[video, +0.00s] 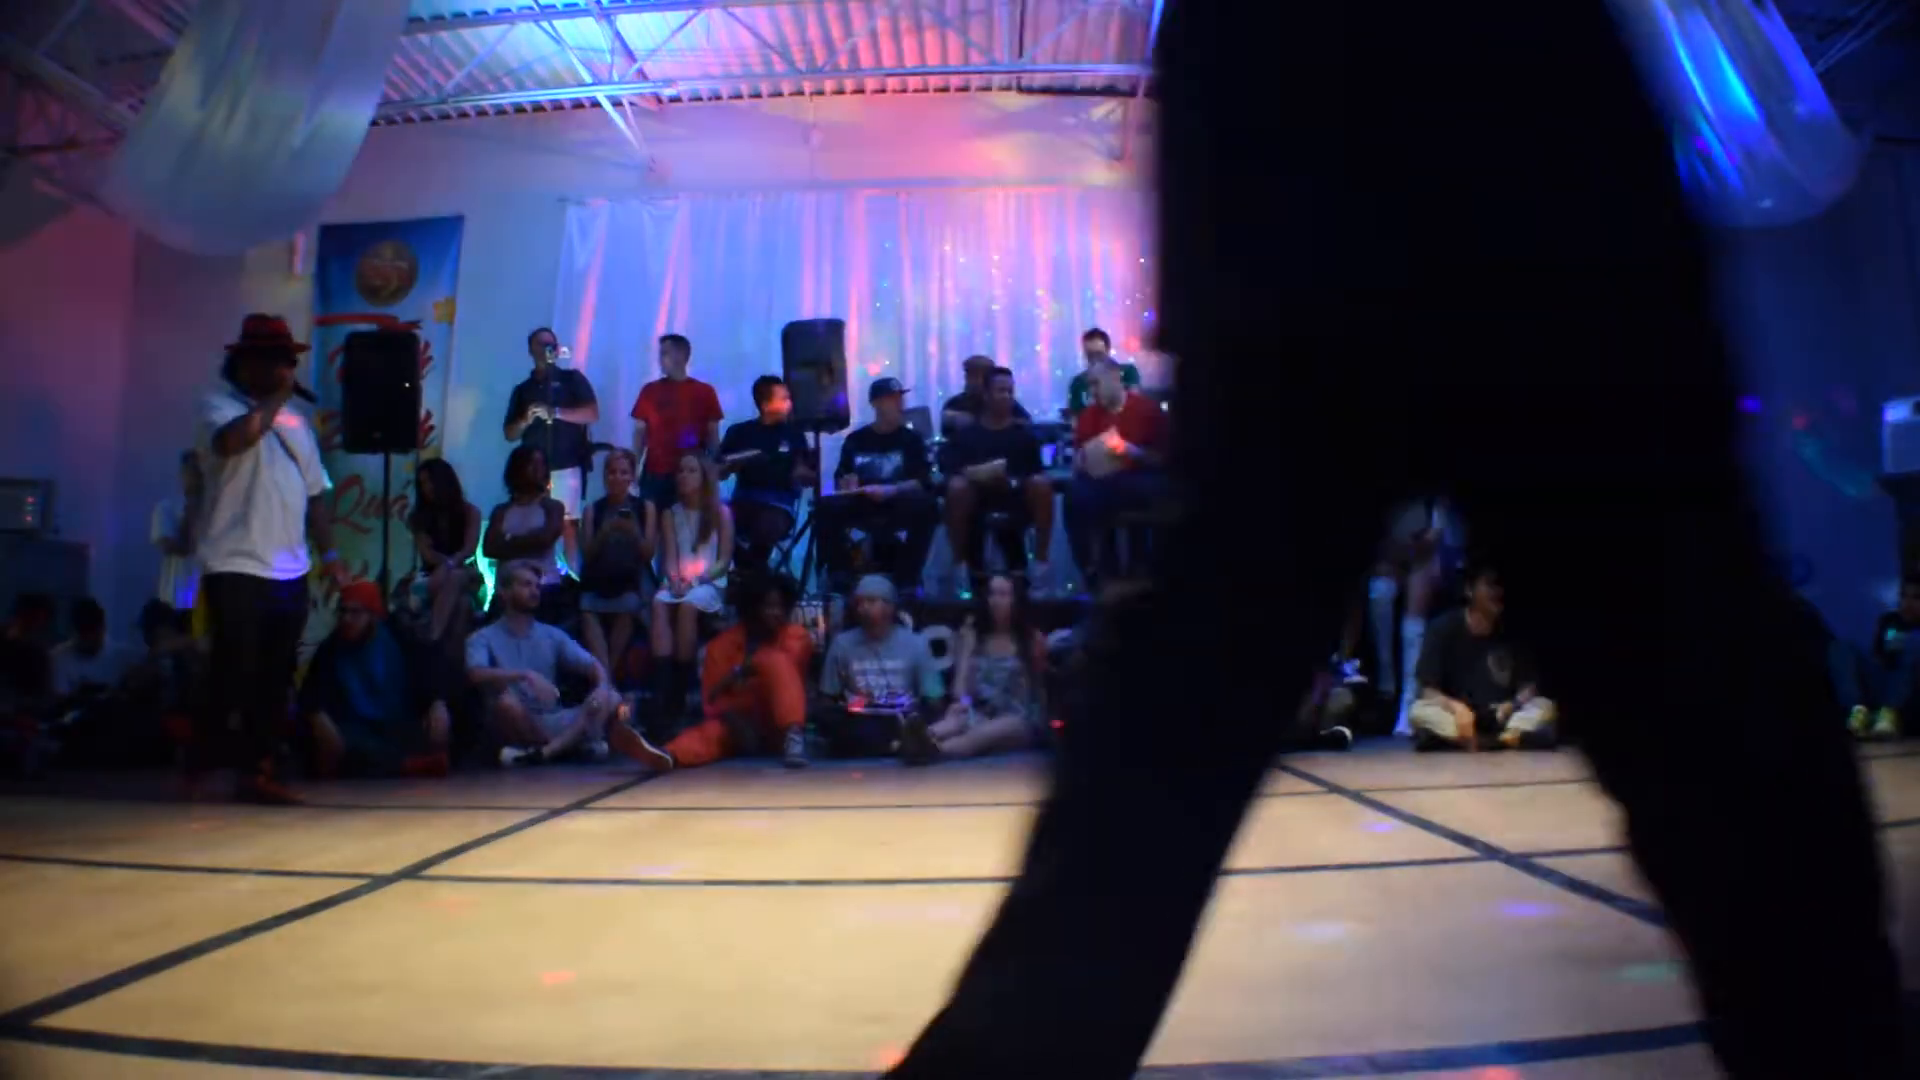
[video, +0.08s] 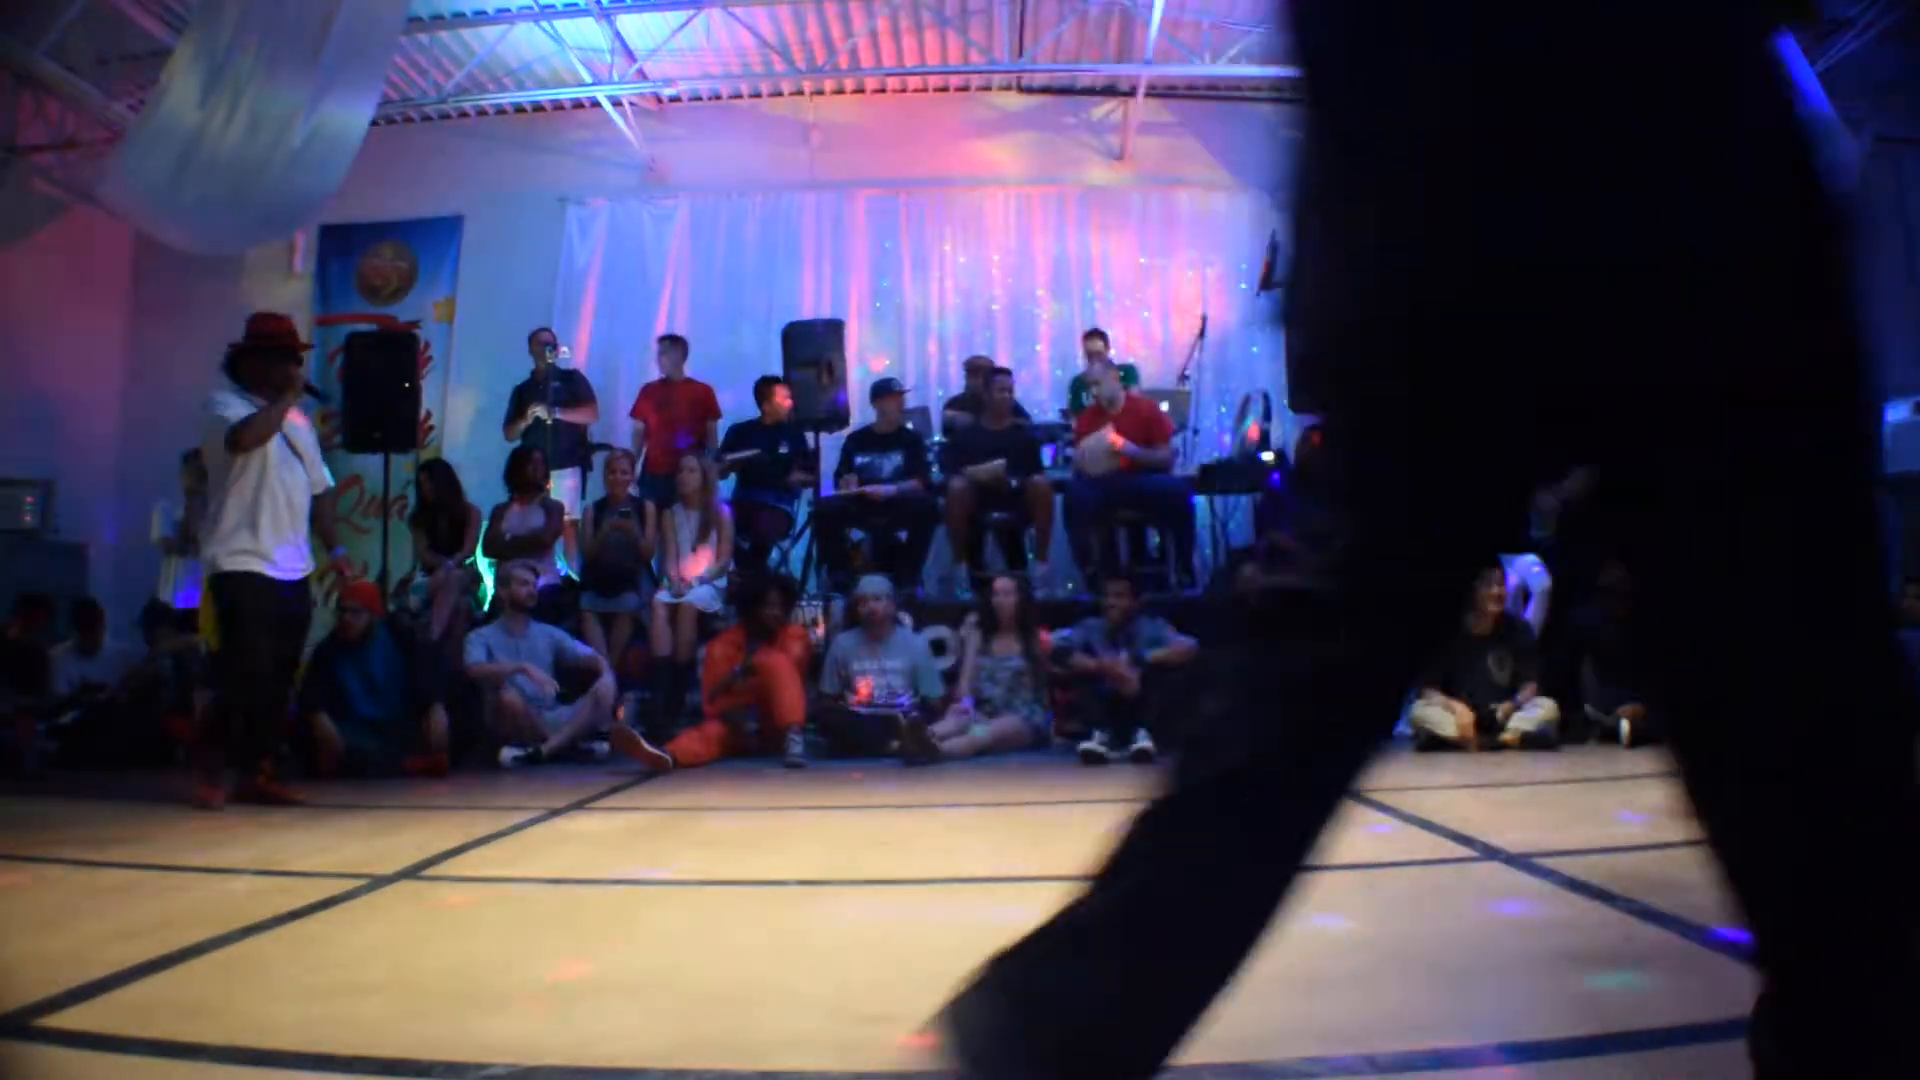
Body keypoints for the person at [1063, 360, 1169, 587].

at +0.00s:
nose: (1093, 391)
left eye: (1098, 383)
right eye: (1090, 385)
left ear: (1118, 380)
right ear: (1088, 387)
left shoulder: (1146, 410)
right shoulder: (1088, 417)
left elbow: (1160, 458)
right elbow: (1079, 461)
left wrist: (1126, 449)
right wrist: (1093, 453)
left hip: (1140, 481)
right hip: (1099, 481)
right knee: (1076, 500)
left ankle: (1141, 571)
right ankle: (1092, 574)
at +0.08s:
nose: (1093, 392)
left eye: (1097, 384)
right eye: (1089, 386)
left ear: (1116, 379)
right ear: (1088, 389)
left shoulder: (1146, 409)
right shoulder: (1087, 418)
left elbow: (1165, 457)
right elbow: (1079, 460)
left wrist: (1126, 448)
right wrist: (1090, 457)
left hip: (1142, 478)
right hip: (1102, 480)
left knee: (1177, 496)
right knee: (1076, 498)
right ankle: (1091, 573)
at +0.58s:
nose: (1087, 395)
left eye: (1092, 388)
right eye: (1083, 389)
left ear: (1110, 383)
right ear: (1081, 390)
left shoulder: (1143, 411)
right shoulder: (1083, 423)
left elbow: (1159, 458)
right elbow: (1078, 465)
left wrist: (1120, 456)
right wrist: (1101, 459)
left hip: (1140, 481)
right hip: (1100, 482)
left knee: (1171, 494)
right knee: (1075, 495)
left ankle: (1179, 567)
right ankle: (1089, 569)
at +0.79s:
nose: (1088, 396)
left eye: (1093, 389)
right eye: (1085, 390)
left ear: (1111, 385)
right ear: (1083, 391)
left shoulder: (1141, 411)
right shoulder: (1083, 423)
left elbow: (1160, 459)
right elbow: (1077, 464)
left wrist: (1123, 457)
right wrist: (1094, 462)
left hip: (1140, 483)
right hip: (1100, 485)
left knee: (1170, 495)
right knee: (1074, 497)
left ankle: (1178, 567)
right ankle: (1089, 571)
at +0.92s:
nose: (1088, 397)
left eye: (1092, 389)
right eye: (1084, 391)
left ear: (1110, 383)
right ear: (1080, 392)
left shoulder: (1143, 409)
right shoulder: (1083, 423)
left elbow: (1161, 460)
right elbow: (1079, 463)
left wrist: (1122, 457)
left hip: (1141, 480)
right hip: (1102, 483)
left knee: (1171, 495)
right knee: (1076, 494)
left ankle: (1181, 568)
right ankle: (1088, 570)